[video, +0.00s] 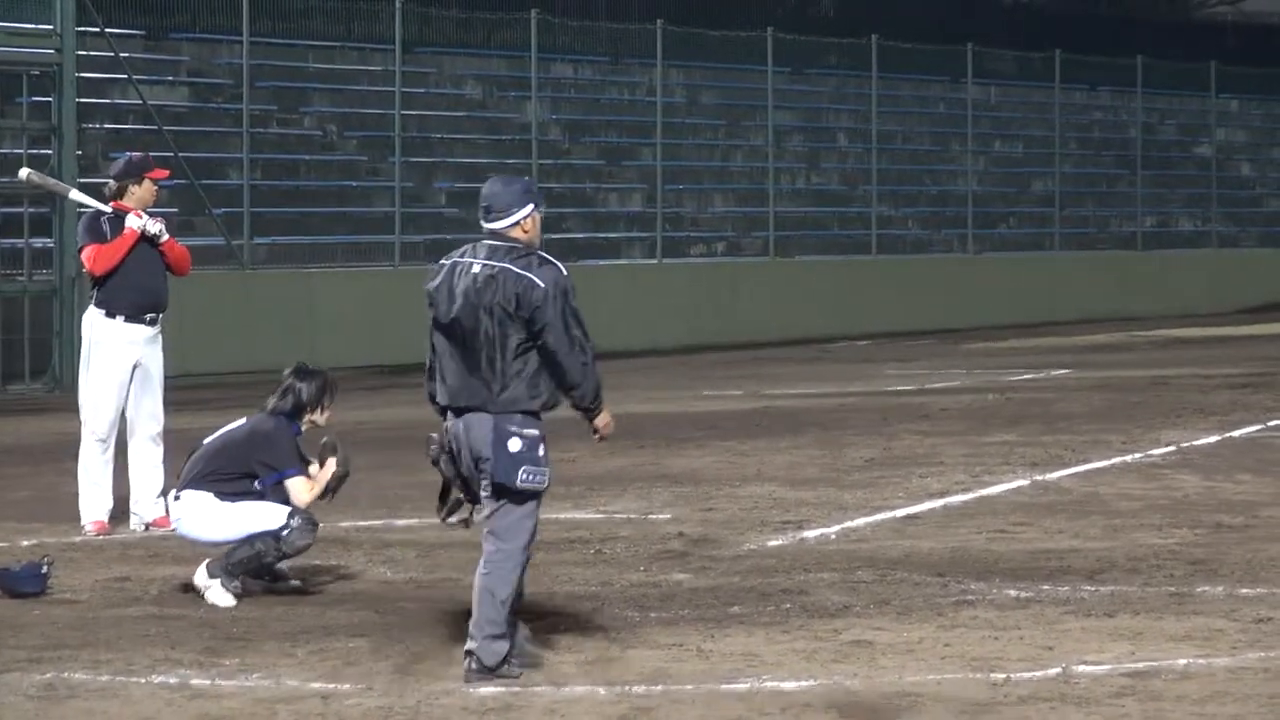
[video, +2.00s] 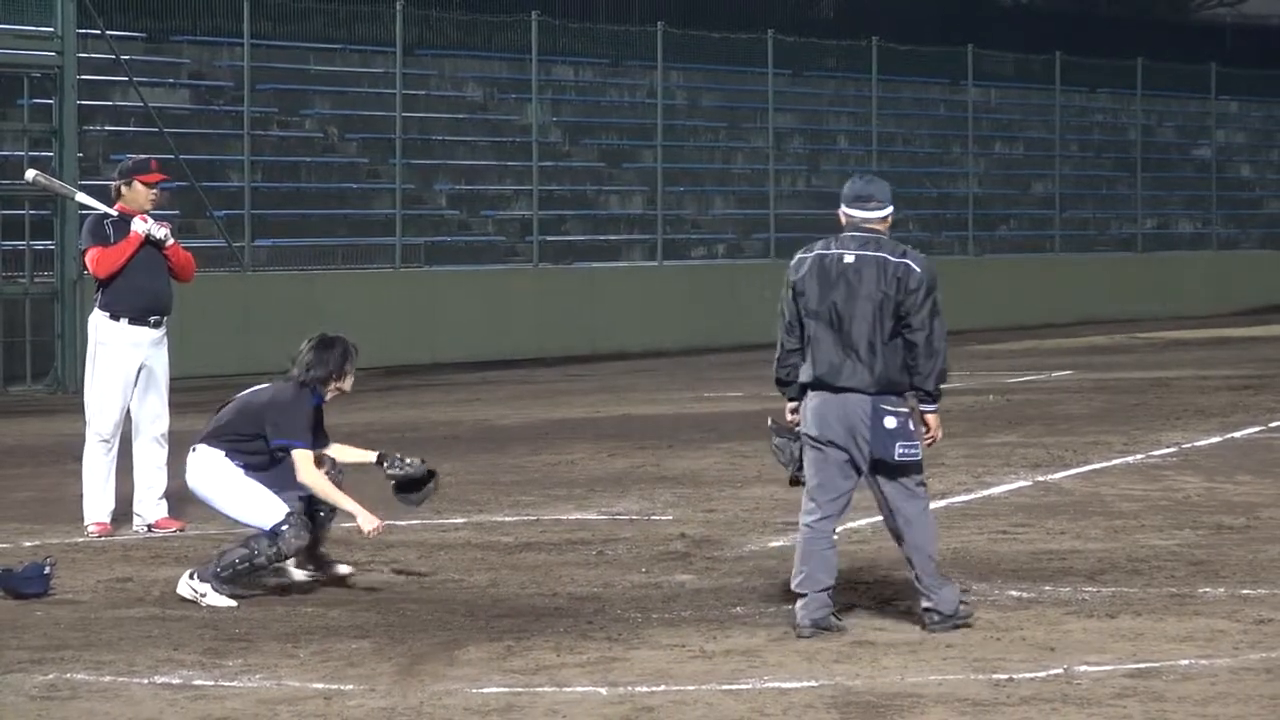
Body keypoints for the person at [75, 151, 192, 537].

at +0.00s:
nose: (156, 189)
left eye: (156, 183)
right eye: (151, 183)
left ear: (136, 186)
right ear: (131, 185)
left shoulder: (153, 225)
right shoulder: (97, 220)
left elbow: (184, 266)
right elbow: (96, 265)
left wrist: (163, 238)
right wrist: (132, 233)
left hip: (150, 333)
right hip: (109, 332)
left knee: (148, 426)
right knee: (100, 428)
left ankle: (149, 511)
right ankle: (95, 516)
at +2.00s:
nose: (156, 192)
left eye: (157, 187)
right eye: (149, 186)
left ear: (148, 190)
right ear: (125, 187)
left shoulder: (156, 228)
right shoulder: (100, 222)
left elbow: (187, 271)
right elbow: (99, 267)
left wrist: (167, 242)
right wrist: (137, 236)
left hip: (155, 335)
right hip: (114, 333)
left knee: (153, 427)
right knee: (104, 428)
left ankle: (151, 513)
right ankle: (98, 517)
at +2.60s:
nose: (157, 192)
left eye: (158, 186)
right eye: (150, 186)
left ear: (154, 190)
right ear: (125, 187)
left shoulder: (158, 228)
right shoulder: (102, 223)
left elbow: (188, 273)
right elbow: (100, 266)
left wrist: (168, 242)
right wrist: (138, 236)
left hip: (157, 335)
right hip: (115, 334)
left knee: (155, 427)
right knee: (105, 428)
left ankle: (151, 513)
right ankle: (98, 516)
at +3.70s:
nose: (194, 192)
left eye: (194, 186)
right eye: (188, 186)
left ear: (177, 189)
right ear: (165, 188)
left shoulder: (186, 229)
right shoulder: (135, 222)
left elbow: (210, 280)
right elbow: (128, 269)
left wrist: (201, 253)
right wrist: (173, 246)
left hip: (175, 334)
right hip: (140, 328)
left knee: (166, 426)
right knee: (142, 417)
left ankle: (153, 509)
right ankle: (121, 506)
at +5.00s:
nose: (270, 193)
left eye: (270, 187)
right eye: (265, 186)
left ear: (252, 189)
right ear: (242, 188)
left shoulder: (255, 230)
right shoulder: (214, 228)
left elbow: (252, 284)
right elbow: (200, 287)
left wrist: (264, 331)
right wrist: (209, 345)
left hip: (262, 342)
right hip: (225, 340)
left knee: (268, 434)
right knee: (203, 431)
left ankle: (275, 516)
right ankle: (184, 511)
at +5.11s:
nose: (283, 191)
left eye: (282, 185)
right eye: (277, 185)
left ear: (264, 187)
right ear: (255, 186)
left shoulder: (269, 228)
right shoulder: (225, 225)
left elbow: (266, 281)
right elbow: (210, 282)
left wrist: (275, 328)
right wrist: (224, 340)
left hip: (273, 339)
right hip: (234, 337)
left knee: (273, 433)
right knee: (219, 428)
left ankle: (274, 518)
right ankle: (191, 505)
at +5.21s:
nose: (293, 191)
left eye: (293, 185)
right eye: (287, 184)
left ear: (274, 187)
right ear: (265, 186)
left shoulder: (279, 229)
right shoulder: (236, 224)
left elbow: (275, 279)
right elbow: (219, 278)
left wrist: (283, 326)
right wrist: (237, 334)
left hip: (281, 339)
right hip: (243, 337)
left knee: (278, 432)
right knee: (237, 424)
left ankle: (275, 518)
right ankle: (204, 496)